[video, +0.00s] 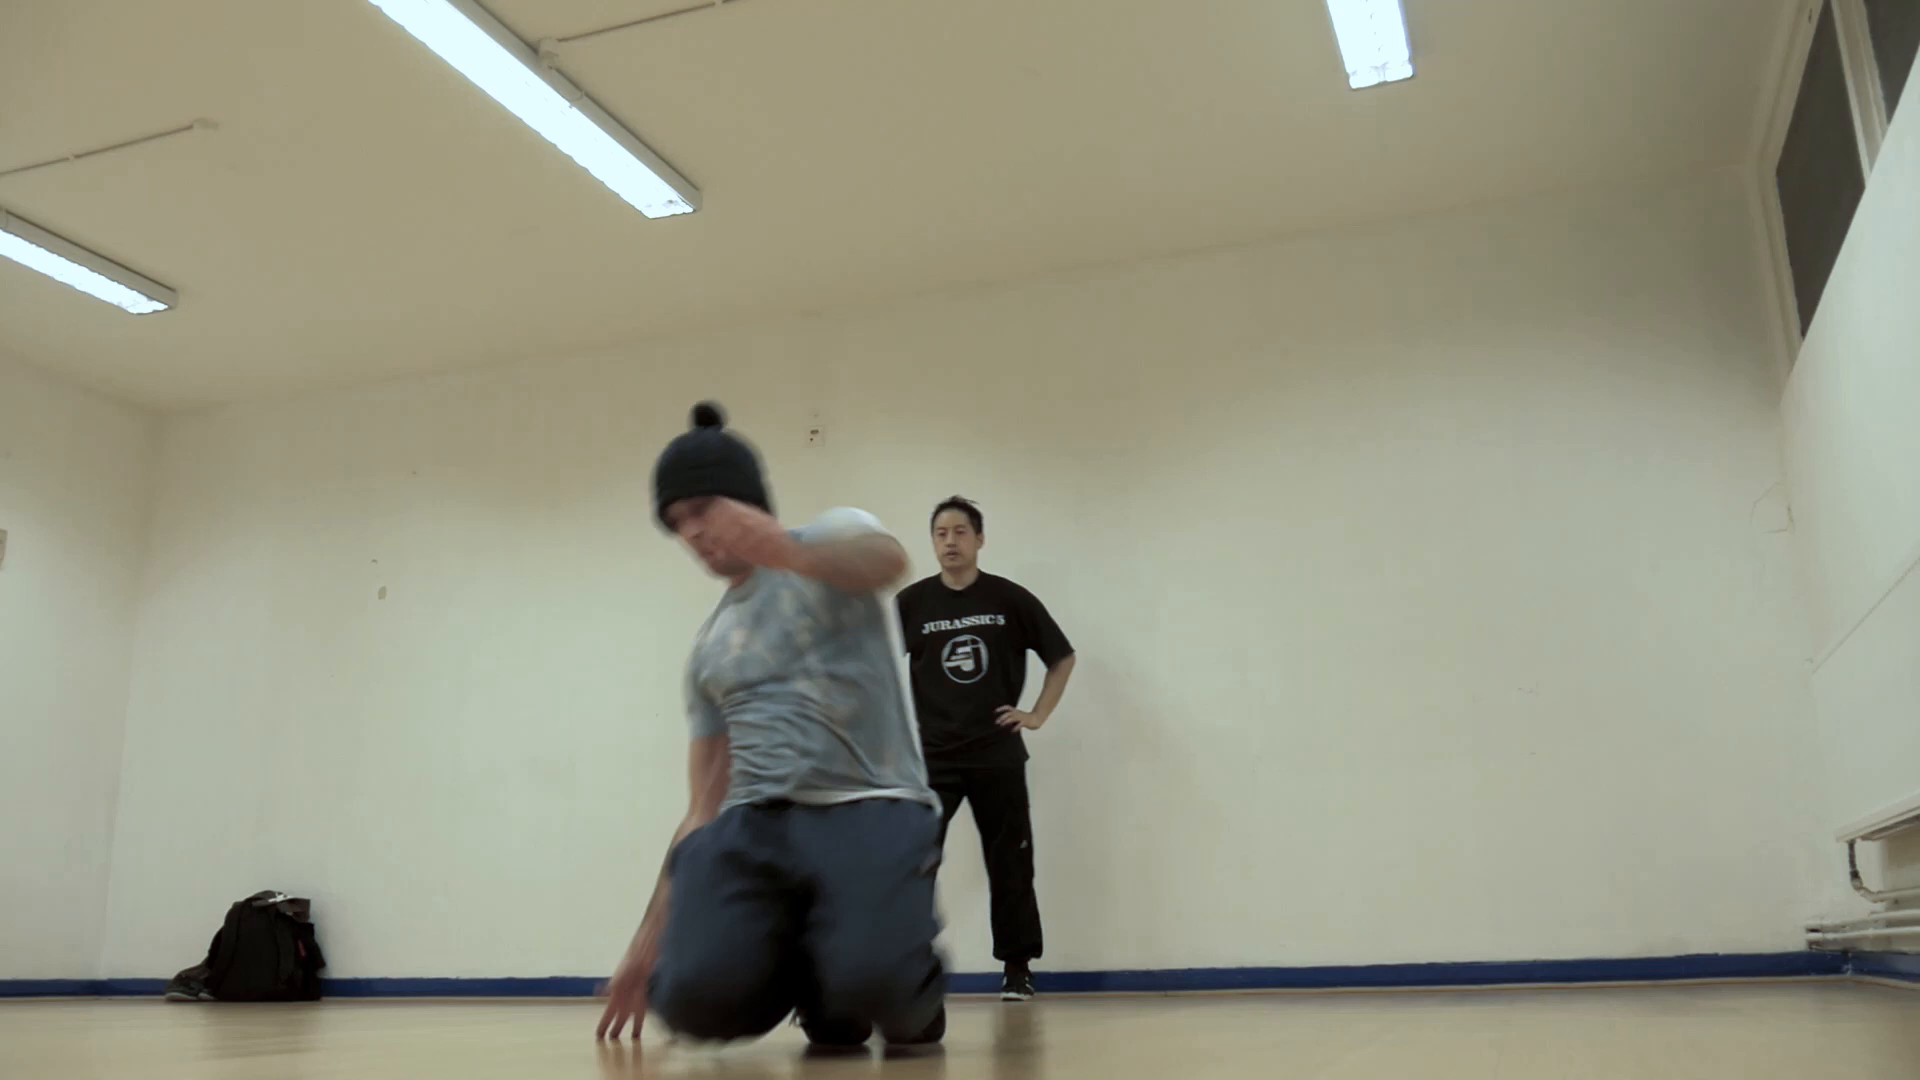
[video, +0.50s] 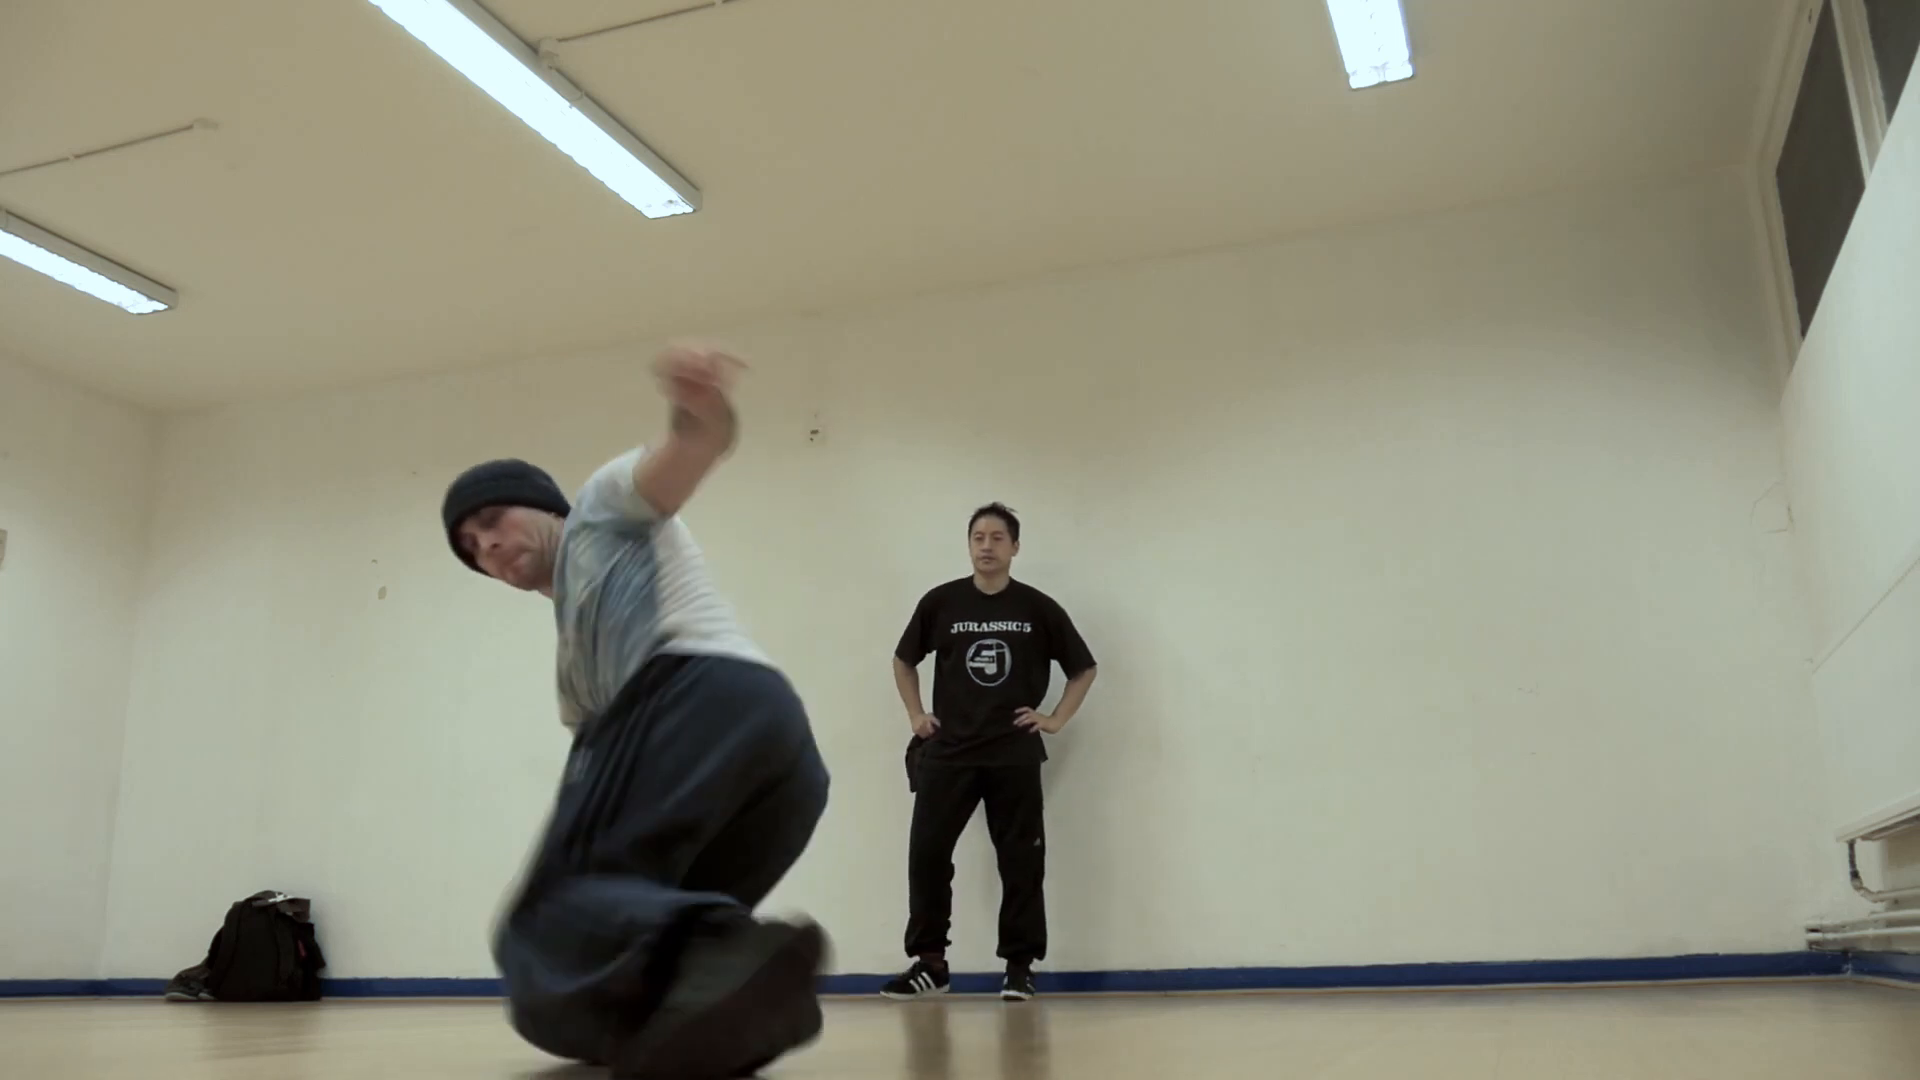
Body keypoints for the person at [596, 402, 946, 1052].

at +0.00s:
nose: (692, 533)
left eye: (700, 510)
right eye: (677, 524)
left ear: (743, 495)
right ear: (674, 535)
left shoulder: (825, 539)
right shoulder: (711, 646)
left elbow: (890, 562)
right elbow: (706, 813)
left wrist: (785, 550)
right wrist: (642, 957)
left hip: (869, 814)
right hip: (750, 831)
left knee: (871, 980)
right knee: (696, 1003)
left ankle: (912, 1005)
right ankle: (816, 982)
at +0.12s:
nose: (615, 573)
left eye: (621, 547)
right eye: (600, 572)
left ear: (666, 528)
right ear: (606, 590)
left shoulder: (739, 560)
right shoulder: (677, 679)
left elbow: (760, 468)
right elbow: (683, 810)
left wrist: (607, 451)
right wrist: (608, 1008)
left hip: (805, 806)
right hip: (702, 830)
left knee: (771, 1030)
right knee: (624, 1027)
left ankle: (901, 952)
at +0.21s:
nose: (576, 579)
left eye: (579, 555)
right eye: (565, 579)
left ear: (617, 529)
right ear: (576, 592)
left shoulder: (677, 548)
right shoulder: (647, 634)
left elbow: (718, 444)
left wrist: (591, 417)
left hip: (765, 792)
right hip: (691, 826)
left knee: (682, 1019)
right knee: (576, 1017)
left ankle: (935, 956)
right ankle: (891, 1025)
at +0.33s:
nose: (522, 567)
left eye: (527, 542)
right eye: (508, 568)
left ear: (567, 522)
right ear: (519, 586)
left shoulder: (606, 541)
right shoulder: (606, 642)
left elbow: (657, 507)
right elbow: (623, 758)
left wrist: (702, 464)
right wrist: (624, 842)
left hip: (719, 745)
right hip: (816, 774)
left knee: (592, 1010)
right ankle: (849, 1006)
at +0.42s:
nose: (501, 559)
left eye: (506, 533)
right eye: (485, 558)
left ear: (551, 514)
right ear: (495, 580)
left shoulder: (593, 527)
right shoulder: (590, 656)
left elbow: (679, 492)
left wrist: (746, 462)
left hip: (704, 715)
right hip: (810, 771)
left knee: (577, 1017)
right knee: (646, 1025)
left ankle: (663, 919)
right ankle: (778, 1010)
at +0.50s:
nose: (489, 548)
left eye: (491, 521)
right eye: (475, 551)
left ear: (535, 499)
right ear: (487, 573)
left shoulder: (600, 509)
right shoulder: (577, 657)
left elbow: (694, 445)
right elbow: (603, 758)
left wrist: (701, 407)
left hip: (712, 698)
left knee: (543, 922)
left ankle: (717, 955)